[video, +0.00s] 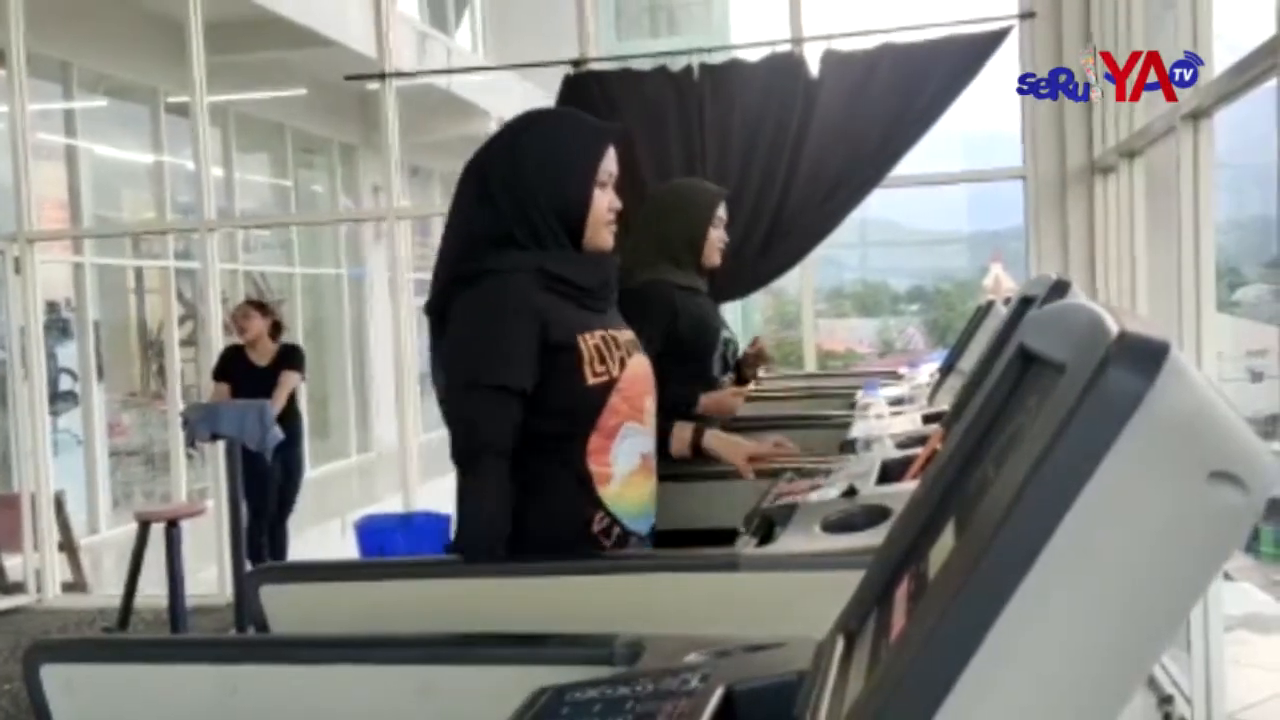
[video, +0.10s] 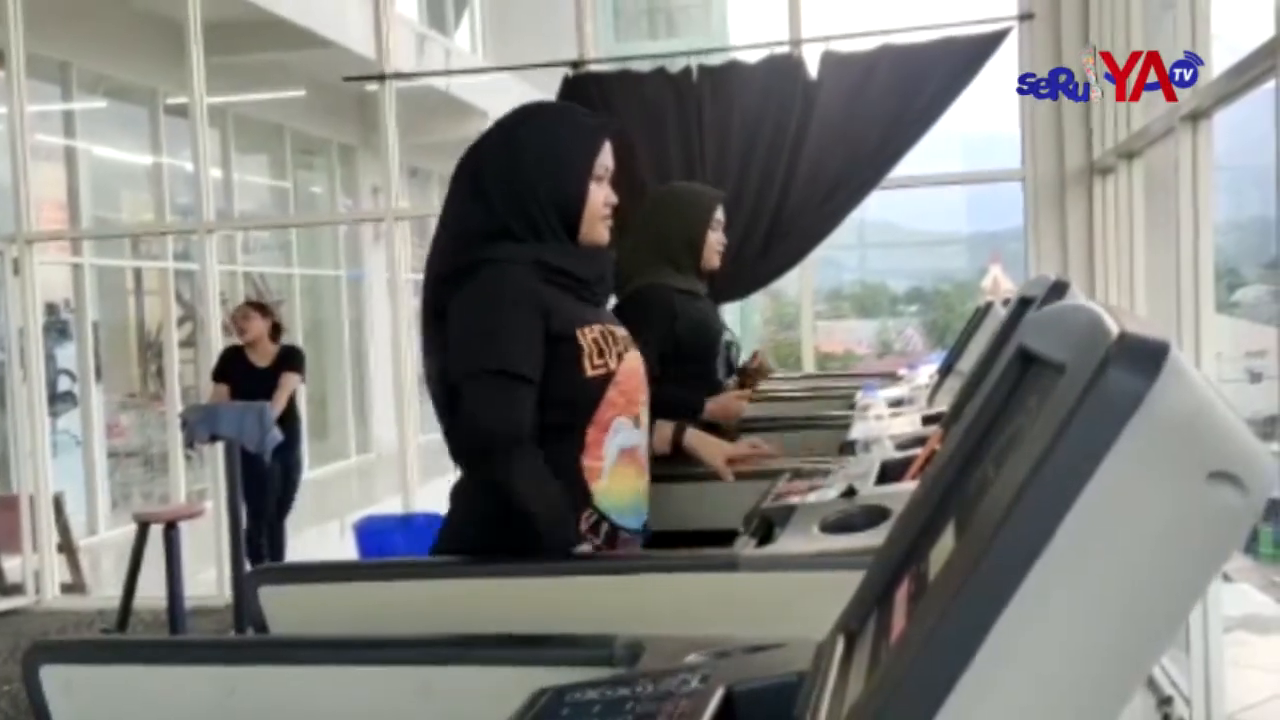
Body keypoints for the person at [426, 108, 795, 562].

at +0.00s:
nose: (618, 205)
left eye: (614, 187)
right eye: (602, 186)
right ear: (552, 188)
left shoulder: (581, 287)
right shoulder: (501, 299)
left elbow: (598, 421)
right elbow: (484, 460)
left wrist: (702, 439)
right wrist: (478, 592)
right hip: (545, 567)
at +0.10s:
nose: (613, 199)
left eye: (610, 181)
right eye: (599, 180)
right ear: (550, 181)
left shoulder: (569, 284)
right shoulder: (503, 289)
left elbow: (585, 422)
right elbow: (497, 448)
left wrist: (682, 438)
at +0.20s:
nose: (611, 206)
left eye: (608, 189)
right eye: (598, 187)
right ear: (549, 187)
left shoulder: (564, 294)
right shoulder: (511, 294)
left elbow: (578, 424)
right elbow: (532, 447)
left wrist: (670, 440)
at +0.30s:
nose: (612, 218)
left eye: (608, 201)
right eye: (598, 200)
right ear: (549, 202)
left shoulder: (553, 300)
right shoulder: (509, 307)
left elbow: (571, 418)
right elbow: (543, 452)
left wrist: (667, 447)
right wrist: (670, 519)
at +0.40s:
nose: (615, 216)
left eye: (612, 199)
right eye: (601, 199)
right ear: (552, 201)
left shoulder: (563, 301)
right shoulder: (514, 307)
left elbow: (582, 419)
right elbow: (541, 456)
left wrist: (679, 456)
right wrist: (668, 541)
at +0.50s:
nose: (619, 201)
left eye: (615, 186)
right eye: (604, 185)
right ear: (557, 187)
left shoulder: (579, 286)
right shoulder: (516, 291)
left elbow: (592, 422)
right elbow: (528, 443)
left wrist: (682, 441)